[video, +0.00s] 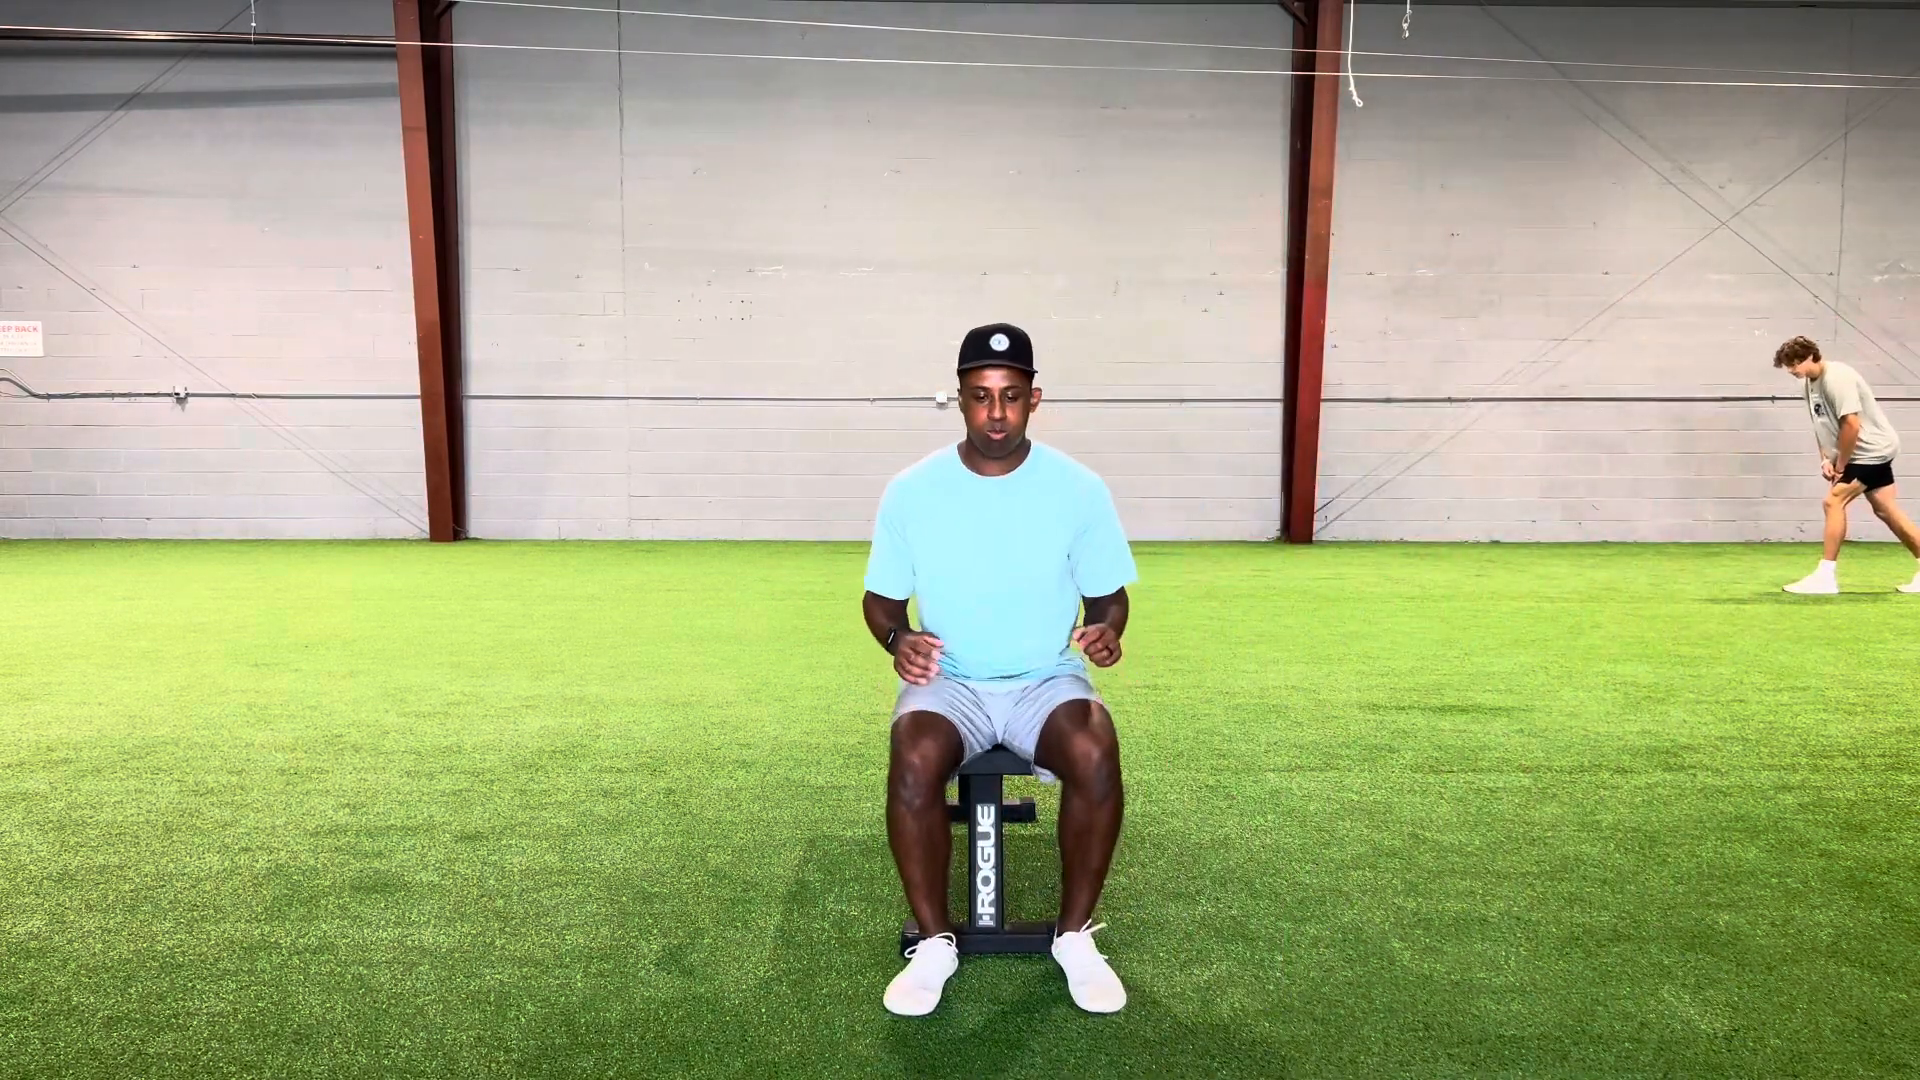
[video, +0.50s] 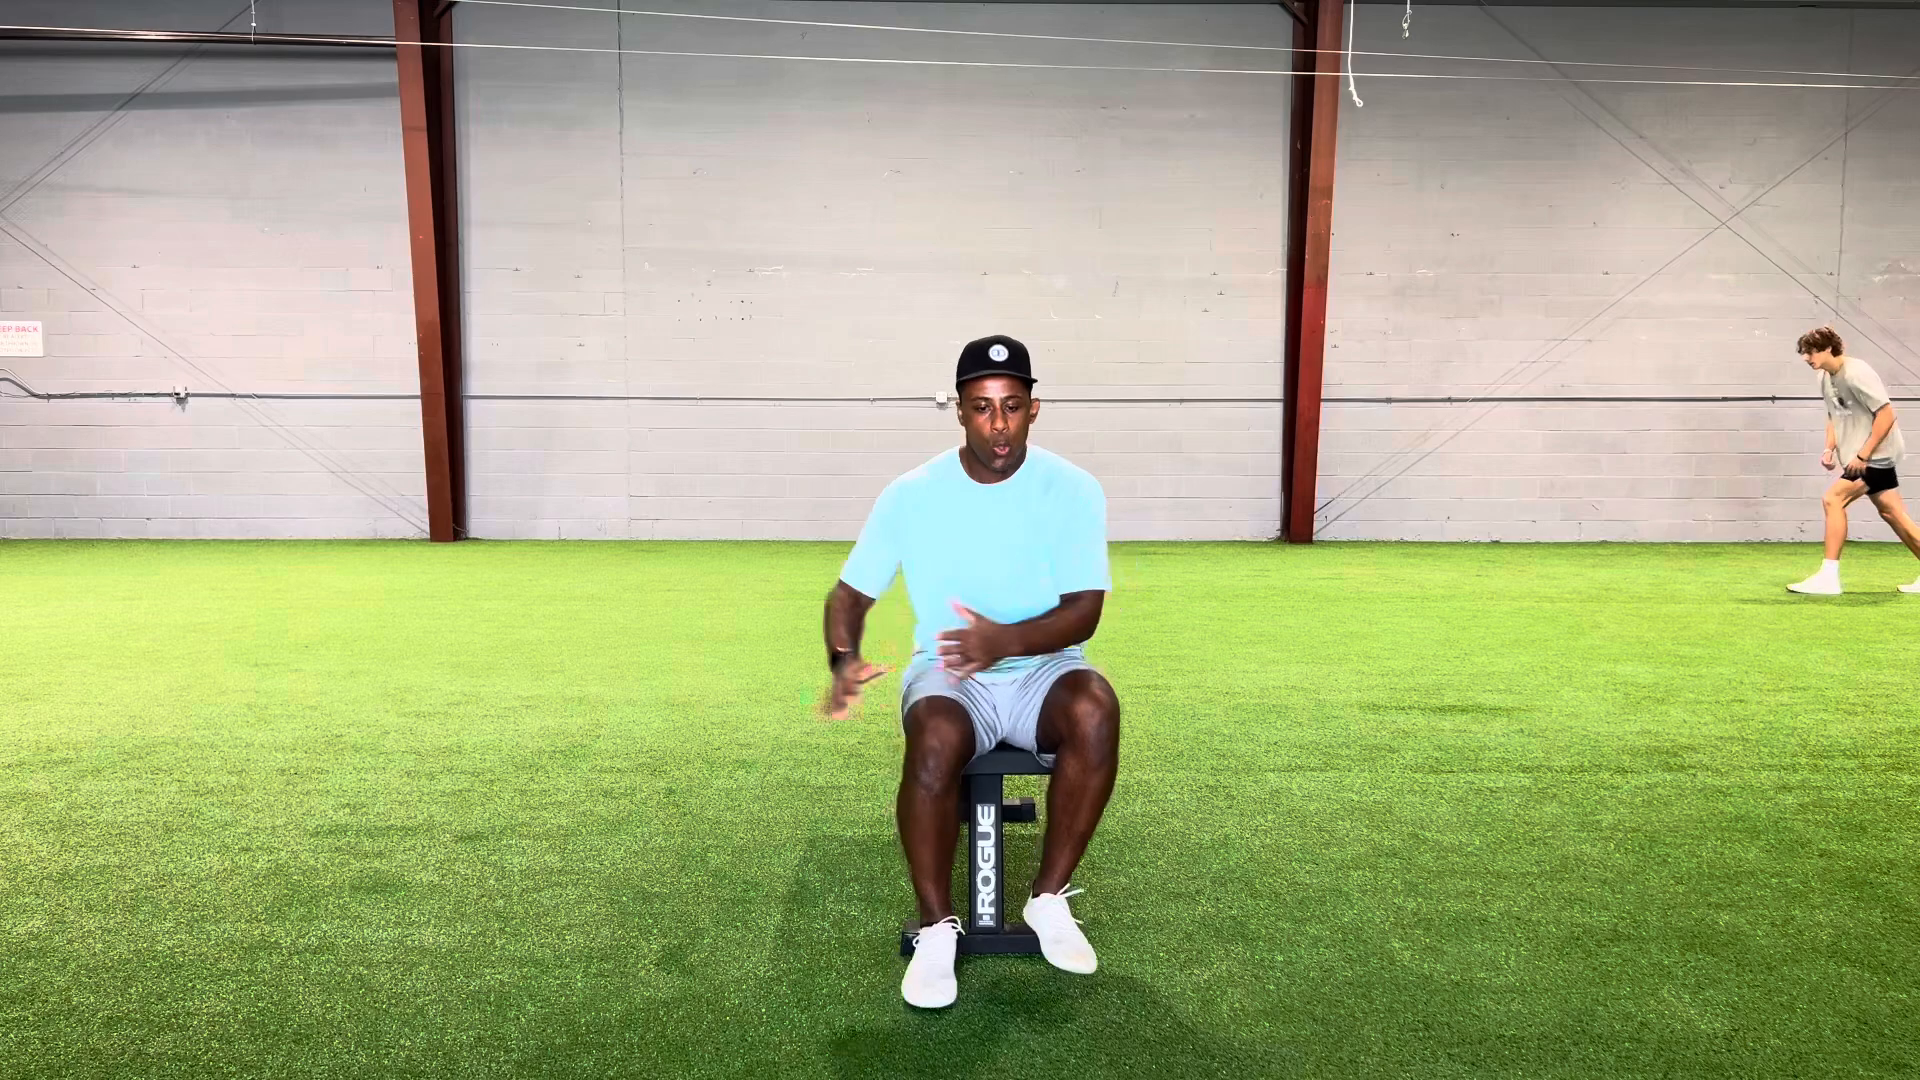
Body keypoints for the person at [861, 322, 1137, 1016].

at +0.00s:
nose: (996, 412)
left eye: (1012, 396)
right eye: (981, 397)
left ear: (1033, 401)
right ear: (960, 402)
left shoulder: (1078, 490)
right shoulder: (911, 493)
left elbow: (1108, 590)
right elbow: (880, 599)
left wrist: (1106, 629)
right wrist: (897, 639)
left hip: (1047, 682)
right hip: (946, 684)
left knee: (1094, 751)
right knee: (913, 760)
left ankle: (1074, 935)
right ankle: (934, 940)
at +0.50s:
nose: (998, 426)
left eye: (1012, 408)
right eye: (982, 409)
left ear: (1033, 410)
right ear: (959, 412)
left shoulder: (1074, 492)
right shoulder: (909, 497)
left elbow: (1084, 614)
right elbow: (848, 596)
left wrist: (1009, 639)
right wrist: (844, 656)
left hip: (1042, 673)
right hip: (946, 675)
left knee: (1095, 707)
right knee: (935, 741)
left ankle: (1050, 896)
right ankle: (935, 926)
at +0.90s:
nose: (1036, 411)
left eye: (1052, 394)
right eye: (1018, 393)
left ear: (1073, 402)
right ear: (991, 398)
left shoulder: (1096, 495)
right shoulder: (935, 444)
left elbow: (1006, 614)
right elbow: (842, 427)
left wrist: (878, 567)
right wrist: (759, 505)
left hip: (1059, 649)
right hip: (961, 641)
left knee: (1099, 774)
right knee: (965, 773)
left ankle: (1018, 916)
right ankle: (947, 942)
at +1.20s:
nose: (1166, 281)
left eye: (1178, 266)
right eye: (1146, 269)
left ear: (1196, 274)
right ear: (1109, 284)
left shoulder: (1250, 348)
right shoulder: (1074, 357)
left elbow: (1371, 378)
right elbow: (1041, 434)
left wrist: (1406, 351)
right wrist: (1164, 373)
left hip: (1189, 599)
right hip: (1070, 606)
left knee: (1311, 682)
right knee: (1008, 762)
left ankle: (1228, 851)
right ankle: (950, 942)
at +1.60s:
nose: (1569, 254)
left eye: (1573, 237)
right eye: (1546, 239)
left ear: (1580, 244)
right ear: (1496, 253)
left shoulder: (1593, 338)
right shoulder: (1451, 354)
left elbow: (1580, 434)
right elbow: (1458, 504)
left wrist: (1626, 537)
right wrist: (1612, 506)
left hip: (1548, 586)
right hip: (1439, 581)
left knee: (1634, 759)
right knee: (1401, 753)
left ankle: (1635, 928)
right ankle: (1364, 803)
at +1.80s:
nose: (1706, 295)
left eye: (1711, 278)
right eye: (1684, 278)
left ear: (1716, 285)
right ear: (1628, 294)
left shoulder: (1694, 378)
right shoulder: (1572, 390)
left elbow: (1626, 494)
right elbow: (1560, 537)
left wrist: (1654, 565)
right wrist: (1679, 558)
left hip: (1603, 587)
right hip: (1503, 584)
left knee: (1676, 759)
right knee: (1564, 771)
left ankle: (1639, 923)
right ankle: (1488, 816)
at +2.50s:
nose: (1572, 245)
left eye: (1592, 227)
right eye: (1560, 226)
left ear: (1639, 228)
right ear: (1546, 226)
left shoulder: (1694, 340)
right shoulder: (1490, 324)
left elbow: (1741, 467)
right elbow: (1404, 430)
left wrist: (1779, 578)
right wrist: (1369, 548)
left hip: (1601, 581)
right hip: (1475, 561)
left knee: (1644, 745)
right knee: (1409, 721)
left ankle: (1640, 922)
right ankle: (1363, 897)